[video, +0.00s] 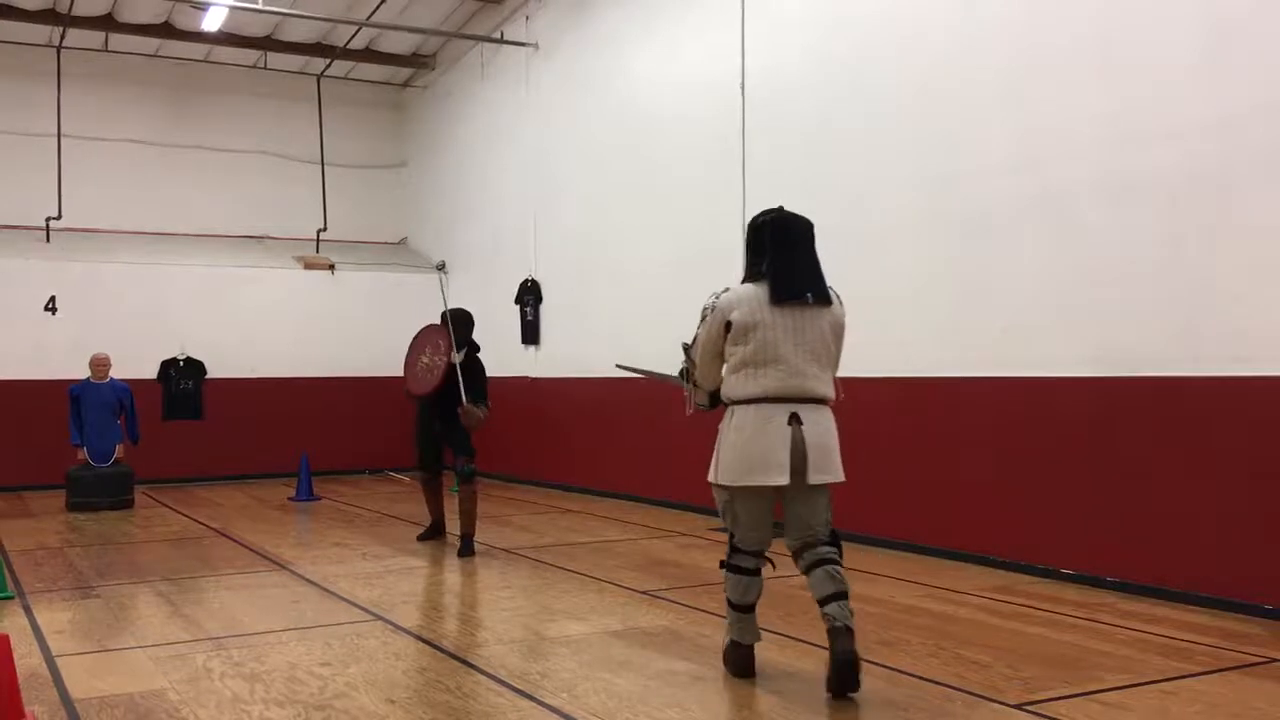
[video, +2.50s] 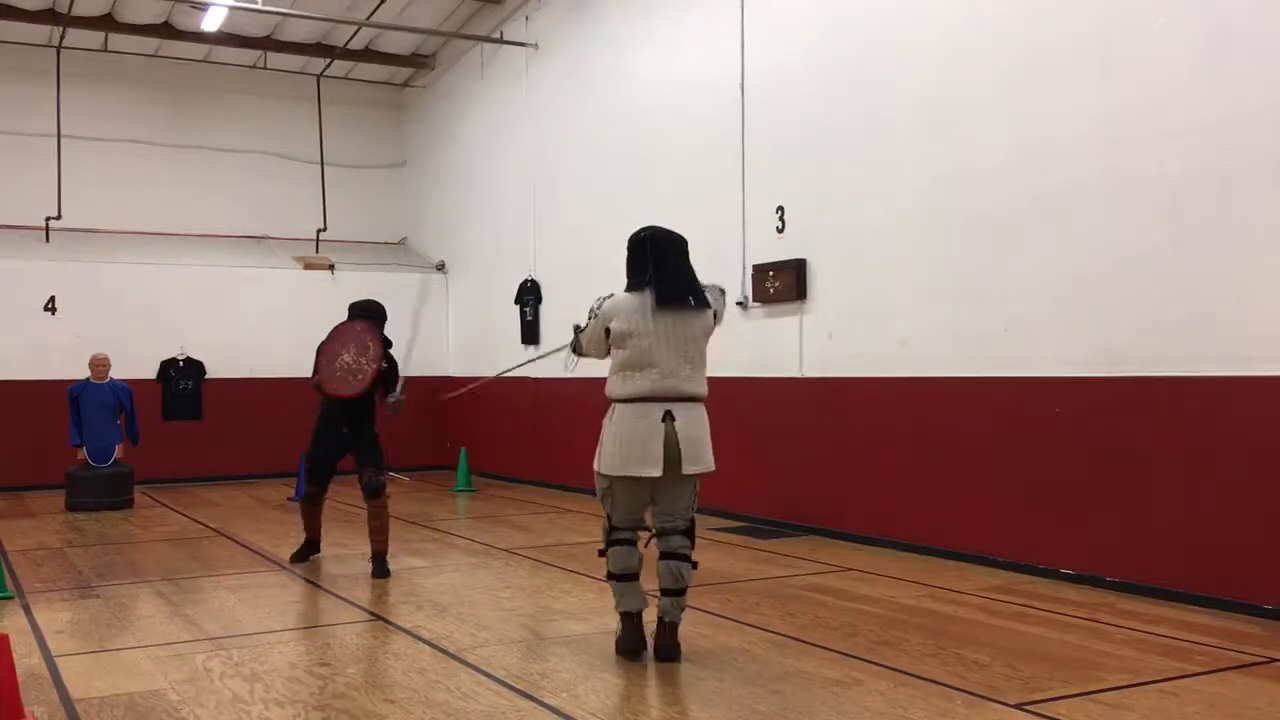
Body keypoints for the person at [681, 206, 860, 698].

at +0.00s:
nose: (747, 256)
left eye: (750, 248)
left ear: (755, 251)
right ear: (807, 251)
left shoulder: (734, 301)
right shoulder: (830, 306)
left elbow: (704, 368)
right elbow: (825, 366)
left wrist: (711, 390)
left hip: (749, 437)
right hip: (815, 436)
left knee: (746, 546)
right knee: (815, 541)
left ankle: (741, 648)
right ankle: (841, 633)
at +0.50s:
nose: (749, 256)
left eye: (751, 247)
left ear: (756, 250)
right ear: (807, 249)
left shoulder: (735, 299)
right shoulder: (829, 304)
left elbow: (702, 365)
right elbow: (825, 369)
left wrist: (707, 387)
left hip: (748, 436)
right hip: (811, 436)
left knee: (743, 544)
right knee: (796, 547)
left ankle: (740, 649)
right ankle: (786, 658)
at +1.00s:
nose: (751, 258)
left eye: (753, 250)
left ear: (758, 252)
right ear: (808, 252)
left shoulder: (736, 302)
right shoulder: (830, 309)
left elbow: (702, 370)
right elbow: (824, 374)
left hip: (743, 435)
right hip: (807, 436)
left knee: (729, 537)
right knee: (793, 544)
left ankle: (717, 639)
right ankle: (785, 656)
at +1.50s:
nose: (706, 267)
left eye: (708, 259)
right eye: (708, 259)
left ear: (715, 263)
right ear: (763, 261)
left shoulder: (697, 314)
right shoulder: (786, 316)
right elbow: (781, 376)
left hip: (709, 438)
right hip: (772, 436)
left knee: (679, 539)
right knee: (773, 541)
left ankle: (644, 626)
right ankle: (783, 653)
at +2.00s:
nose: (629, 267)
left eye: (631, 260)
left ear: (635, 262)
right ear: (682, 259)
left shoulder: (620, 310)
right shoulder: (708, 309)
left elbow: (596, 381)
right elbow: (714, 370)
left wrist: (603, 398)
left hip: (644, 427)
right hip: (705, 425)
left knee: (641, 533)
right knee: (708, 527)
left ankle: (634, 633)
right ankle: (726, 618)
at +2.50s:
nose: (627, 268)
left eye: (630, 260)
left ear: (634, 263)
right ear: (681, 262)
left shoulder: (617, 308)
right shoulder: (701, 308)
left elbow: (589, 347)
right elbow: (717, 299)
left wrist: (600, 316)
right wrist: (699, 285)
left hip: (629, 432)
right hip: (688, 431)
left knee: (622, 527)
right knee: (675, 528)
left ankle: (631, 629)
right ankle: (668, 634)